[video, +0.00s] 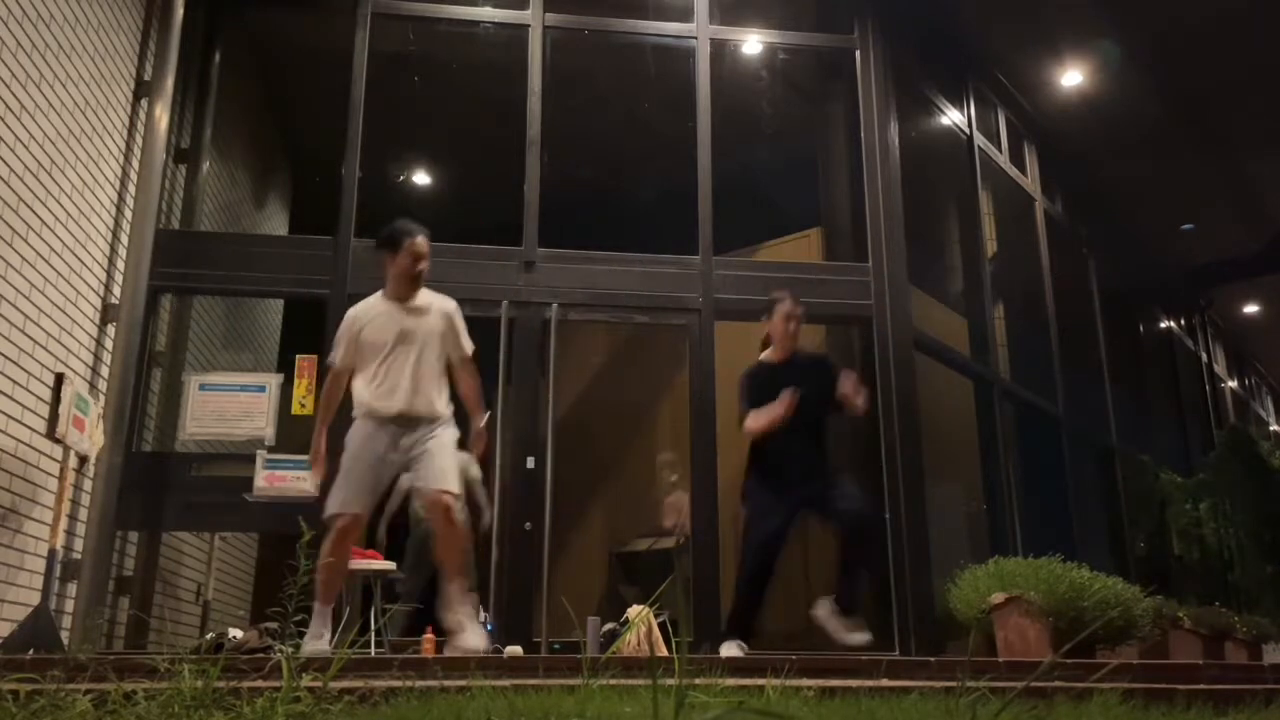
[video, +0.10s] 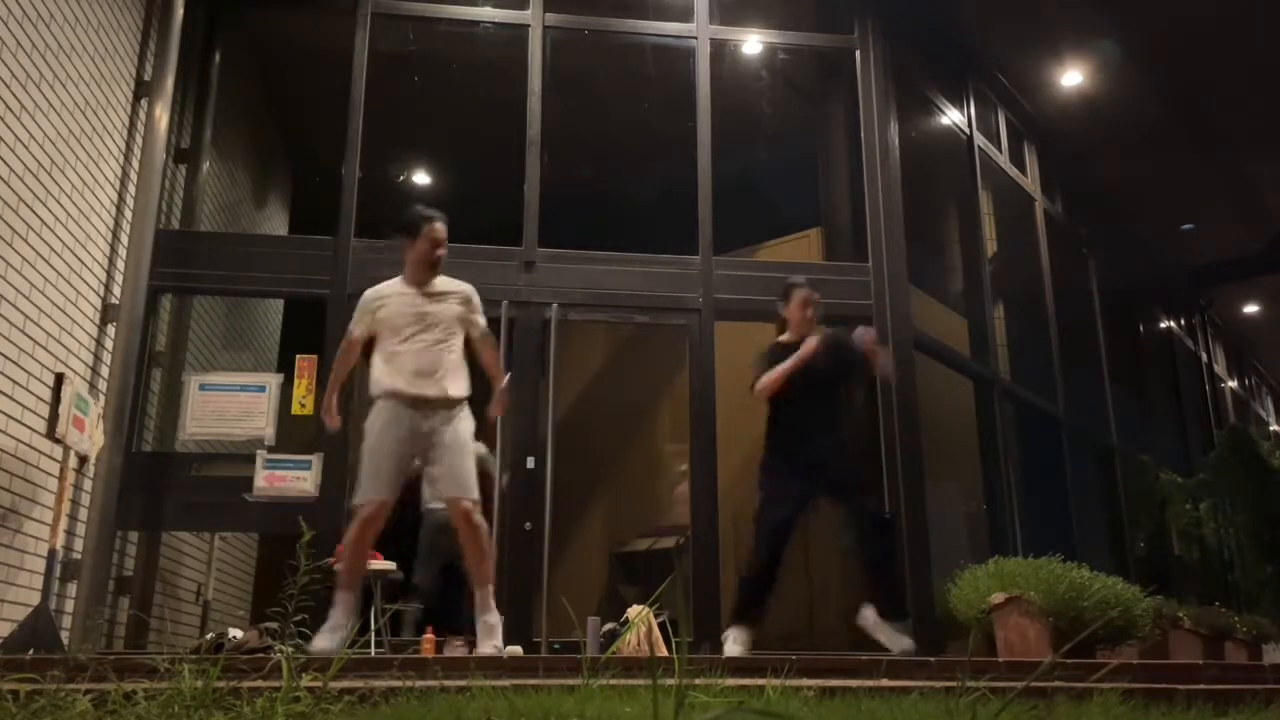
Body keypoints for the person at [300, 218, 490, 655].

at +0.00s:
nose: (422, 267)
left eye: (426, 259)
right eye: (414, 259)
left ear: (430, 262)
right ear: (389, 259)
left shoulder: (444, 311)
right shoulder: (360, 316)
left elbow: (463, 367)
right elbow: (336, 379)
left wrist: (479, 418)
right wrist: (319, 439)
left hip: (433, 429)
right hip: (373, 429)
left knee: (445, 506)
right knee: (345, 522)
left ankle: (459, 613)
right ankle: (320, 626)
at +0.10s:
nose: (440, 252)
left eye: (444, 245)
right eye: (433, 244)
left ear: (447, 248)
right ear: (409, 245)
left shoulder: (463, 296)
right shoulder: (377, 297)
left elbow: (483, 343)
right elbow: (350, 348)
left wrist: (500, 382)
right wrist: (331, 396)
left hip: (452, 413)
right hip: (393, 411)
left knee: (467, 512)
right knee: (371, 510)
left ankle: (488, 618)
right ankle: (341, 616)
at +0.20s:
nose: (458, 254)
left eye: (462, 246)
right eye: (451, 245)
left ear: (464, 250)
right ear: (425, 246)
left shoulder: (476, 298)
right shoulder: (392, 296)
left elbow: (495, 334)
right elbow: (361, 339)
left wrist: (519, 367)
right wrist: (339, 383)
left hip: (465, 414)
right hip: (408, 413)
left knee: (479, 512)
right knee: (402, 508)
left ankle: (491, 619)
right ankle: (385, 613)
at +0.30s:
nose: (475, 266)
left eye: (478, 259)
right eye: (467, 258)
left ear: (479, 263)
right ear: (439, 259)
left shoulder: (486, 312)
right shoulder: (403, 308)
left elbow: (506, 359)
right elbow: (368, 353)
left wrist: (534, 398)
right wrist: (346, 400)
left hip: (473, 429)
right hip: (417, 427)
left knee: (486, 519)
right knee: (434, 512)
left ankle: (493, 623)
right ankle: (433, 615)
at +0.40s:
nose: (486, 281)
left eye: (488, 274)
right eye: (477, 273)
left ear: (488, 283)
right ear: (450, 278)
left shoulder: (493, 338)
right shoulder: (415, 328)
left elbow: (512, 400)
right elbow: (376, 381)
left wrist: (541, 441)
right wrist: (358, 440)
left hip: (477, 449)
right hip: (421, 449)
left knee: (490, 532)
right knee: (447, 528)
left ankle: (493, 631)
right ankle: (460, 627)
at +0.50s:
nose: (486, 288)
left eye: (489, 281)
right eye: (477, 280)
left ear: (491, 291)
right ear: (451, 286)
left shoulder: (496, 345)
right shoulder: (417, 335)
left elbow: (514, 403)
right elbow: (376, 391)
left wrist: (532, 430)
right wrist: (392, 429)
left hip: (478, 455)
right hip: (420, 452)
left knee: (491, 535)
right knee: (419, 517)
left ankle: (493, 632)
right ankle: (432, 619)